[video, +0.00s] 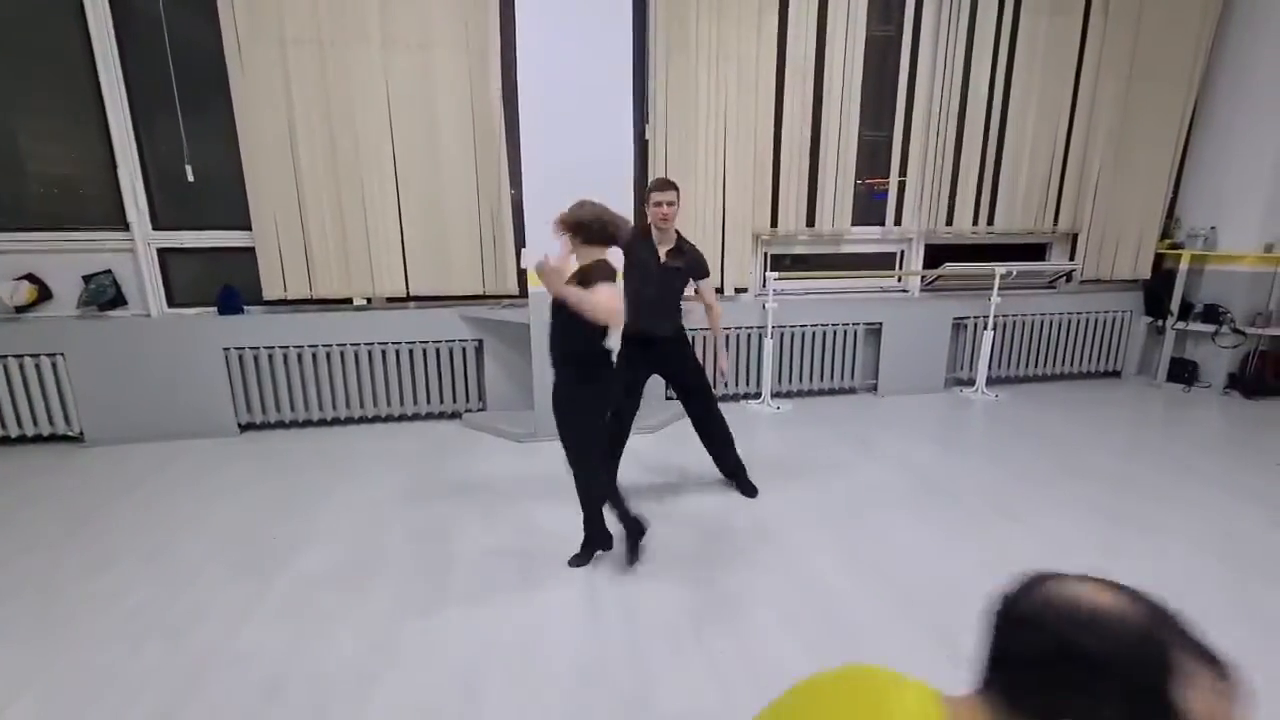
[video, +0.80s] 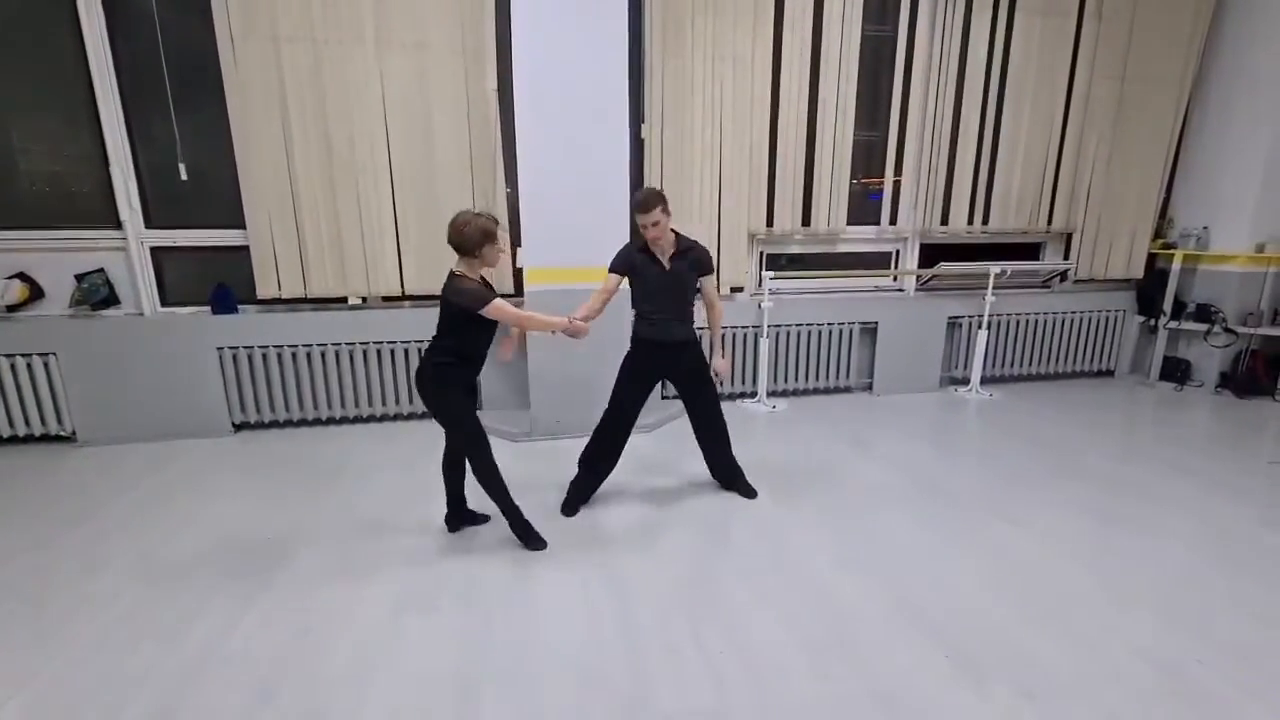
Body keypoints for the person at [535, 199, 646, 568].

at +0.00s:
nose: (563, 235)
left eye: (568, 230)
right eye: (564, 229)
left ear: (581, 234)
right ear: (594, 234)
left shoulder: (600, 271)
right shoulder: (580, 268)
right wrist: (551, 277)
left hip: (591, 382)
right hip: (571, 380)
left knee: (592, 461)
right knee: (581, 460)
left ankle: (630, 523)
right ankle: (595, 531)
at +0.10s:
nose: (542, 238)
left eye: (545, 233)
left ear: (548, 240)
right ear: (586, 243)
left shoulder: (536, 279)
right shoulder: (592, 282)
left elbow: (495, 306)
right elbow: (601, 322)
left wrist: (460, 286)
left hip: (552, 387)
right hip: (586, 383)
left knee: (528, 462)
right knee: (584, 460)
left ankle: (543, 552)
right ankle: (595, 542)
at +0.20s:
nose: (568, 248)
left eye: (568, 241)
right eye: (566, 242)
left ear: (526, 240)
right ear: (555, 243)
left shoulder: (498, 274)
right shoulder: (567, 283)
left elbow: (445, 293)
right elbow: (598, 327)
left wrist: (477, 289)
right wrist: (615, 330)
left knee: (502, 460)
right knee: (569, 456)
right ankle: (578, 549)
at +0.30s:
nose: (546, 245)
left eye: (545, 239)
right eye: (542, 239)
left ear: (506, 243)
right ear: (528, 244)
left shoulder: (484, 275)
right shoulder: (537, 286)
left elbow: (452, 280)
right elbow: (578, 326)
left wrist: (488, 276)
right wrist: (608, 332)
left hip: (484, 382)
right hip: (521, 382)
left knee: (489, 451)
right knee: (561, 442)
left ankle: (470, 533)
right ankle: (554, 529)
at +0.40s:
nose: (529, 250)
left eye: (528, 243)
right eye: (525, 244)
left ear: (491, 248)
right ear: (509, 249)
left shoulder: (479, 281)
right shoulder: (508, 290)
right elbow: (553, 324)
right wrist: (595, 329)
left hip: (461, 381)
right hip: (481, 387)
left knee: (482, 453)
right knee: (537, 439)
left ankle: (456, 524)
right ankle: (541, 514)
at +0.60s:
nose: (510, 252)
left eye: (509, 246)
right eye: (506, 247)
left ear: (476, 252)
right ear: (491, 253)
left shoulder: (475, 285)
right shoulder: (475, 291)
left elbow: (510, 325)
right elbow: (528, 321)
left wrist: (561, 331)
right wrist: (575, 327)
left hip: (460, 381)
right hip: (446, 384)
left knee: (464, 449)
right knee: (483, 448)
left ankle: (456, 516)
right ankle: (520, 520)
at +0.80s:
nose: (502, 249)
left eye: (500, 243)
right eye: (496, 245)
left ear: (471, 250)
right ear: (478, 251)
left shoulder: (477, 277)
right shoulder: (463, 290)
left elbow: (500, 311)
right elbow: (519, 319)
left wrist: (510, 331)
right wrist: (566, 324)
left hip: (459, 377)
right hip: (440, 380)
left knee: (457, 444)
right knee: (478, 448)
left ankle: (456, 511)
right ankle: (517, 521)